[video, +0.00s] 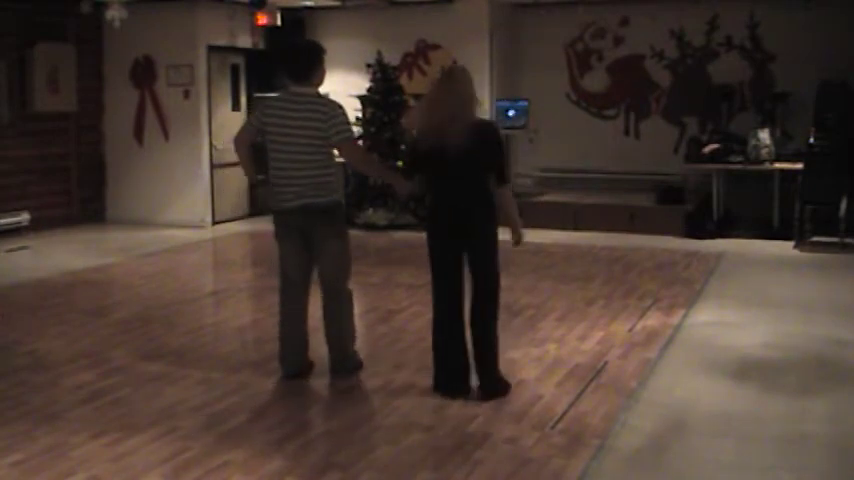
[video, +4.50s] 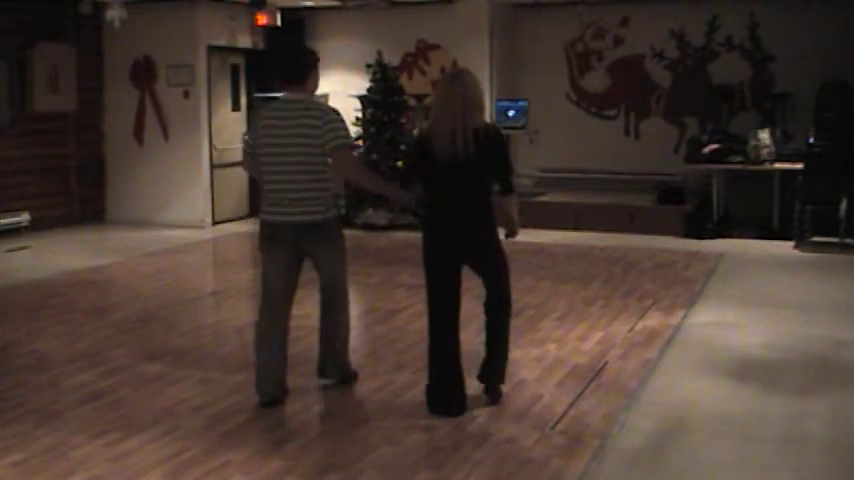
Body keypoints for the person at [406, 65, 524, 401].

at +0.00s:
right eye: (470, 90)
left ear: (435, 96)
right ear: (471, 95)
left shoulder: (425, 136)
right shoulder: (486, 132)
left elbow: (411, 183)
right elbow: (501, 185)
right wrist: (515, 222)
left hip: (441, 227)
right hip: (480, 226)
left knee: (446, 300)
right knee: (486, 297)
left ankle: (449, 379)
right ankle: (489, 379)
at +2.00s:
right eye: (472, 95)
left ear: (436, 100)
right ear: (473, 99)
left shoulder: (423, 141)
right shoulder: (484, 138)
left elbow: (410, 192)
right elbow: (491, 197)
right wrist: (499, 242)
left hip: (434, 242)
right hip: (474, 239)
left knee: (439, 318)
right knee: (483, 313)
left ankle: (443, 397)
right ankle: (487, 392)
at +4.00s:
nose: (477, 103)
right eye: (476, 97)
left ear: (437, 101)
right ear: (476, 101)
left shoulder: (422, 144)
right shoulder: (487, 140)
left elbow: (415, 195)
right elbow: (498, 196)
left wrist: (431, 221)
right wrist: (509, 238)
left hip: (436, 242)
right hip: (476, 240)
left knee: (441, 316)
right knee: (492, 299)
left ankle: (443, 397)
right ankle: (487, 384)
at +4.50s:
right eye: (477, 95)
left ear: (439, 100)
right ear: (478, 99)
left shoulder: (426, 141)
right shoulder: (489, 138)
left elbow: (412, 191)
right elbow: (505, 192)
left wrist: (428, 215)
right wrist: (511, 223)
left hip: (439, 239)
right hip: (479, 238)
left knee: (442, 317)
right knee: (499, 296)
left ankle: (445, 397)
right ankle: (493, 376)